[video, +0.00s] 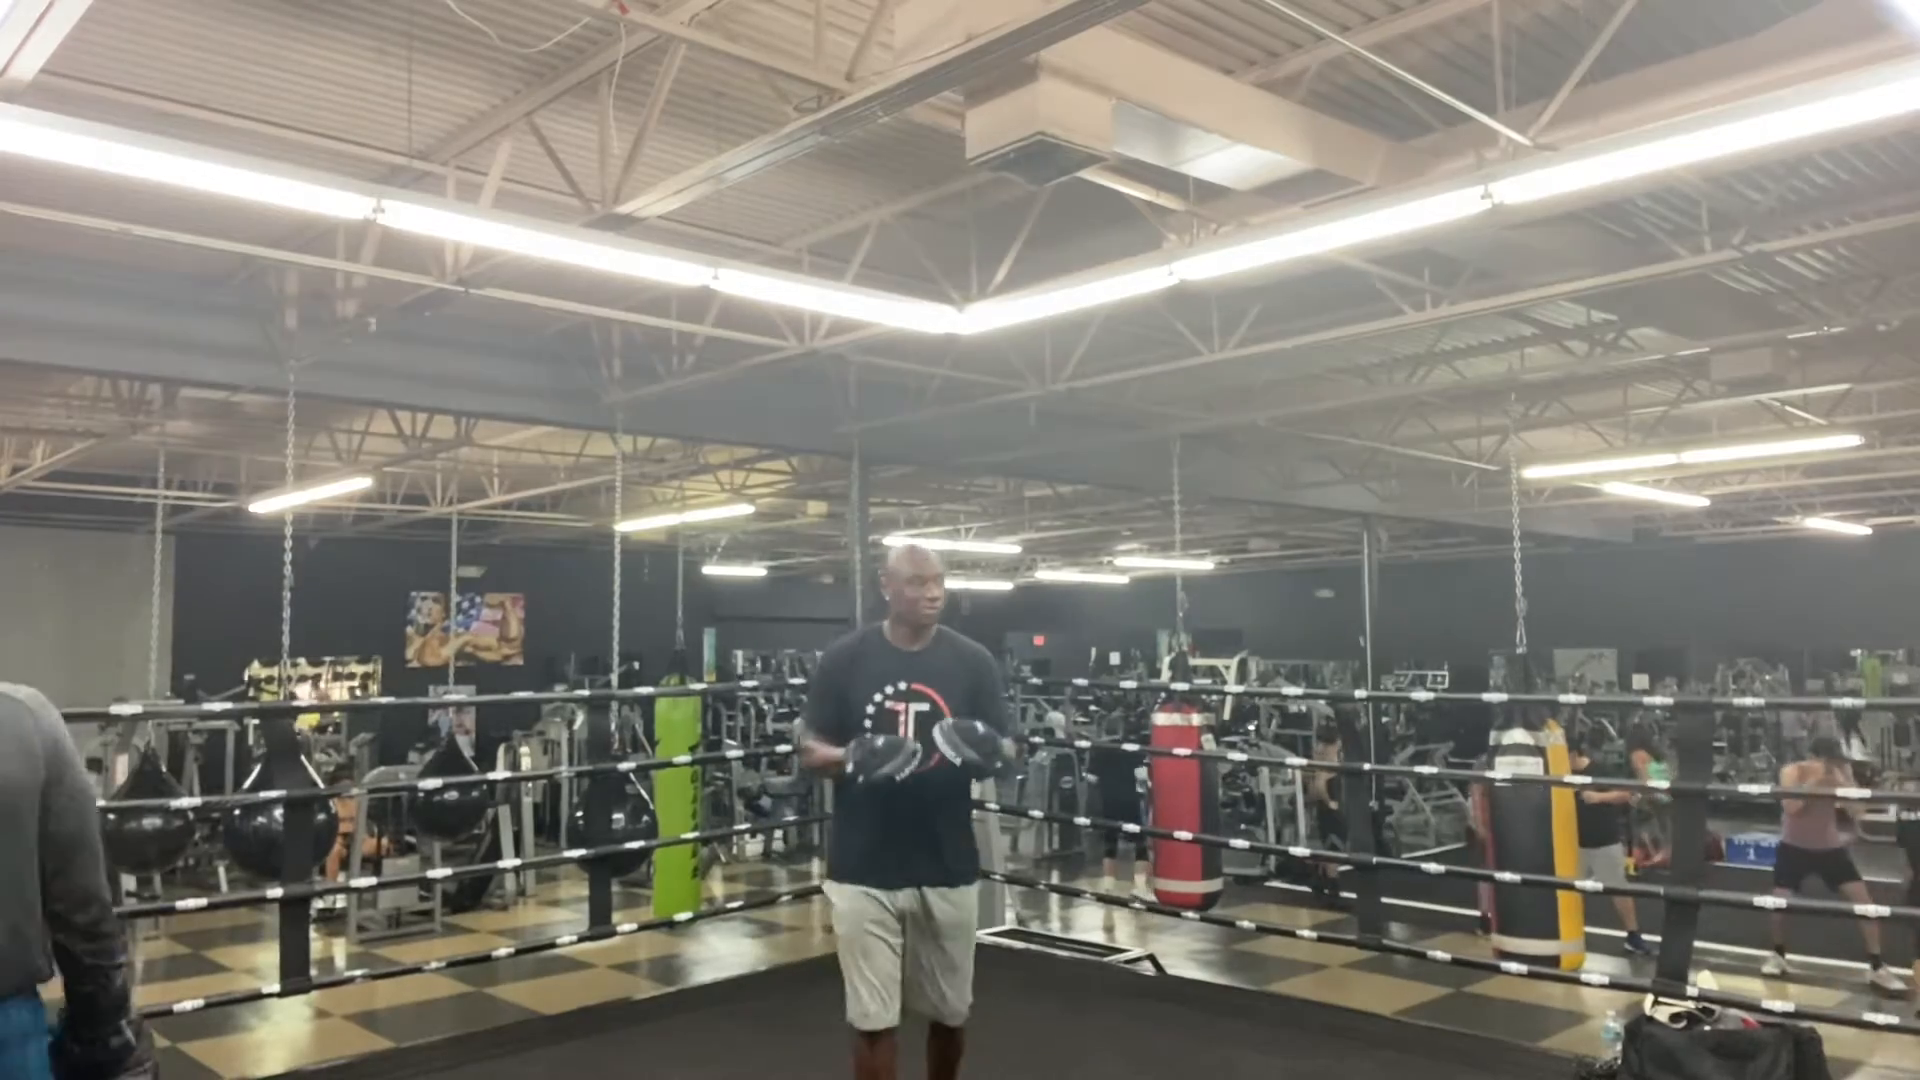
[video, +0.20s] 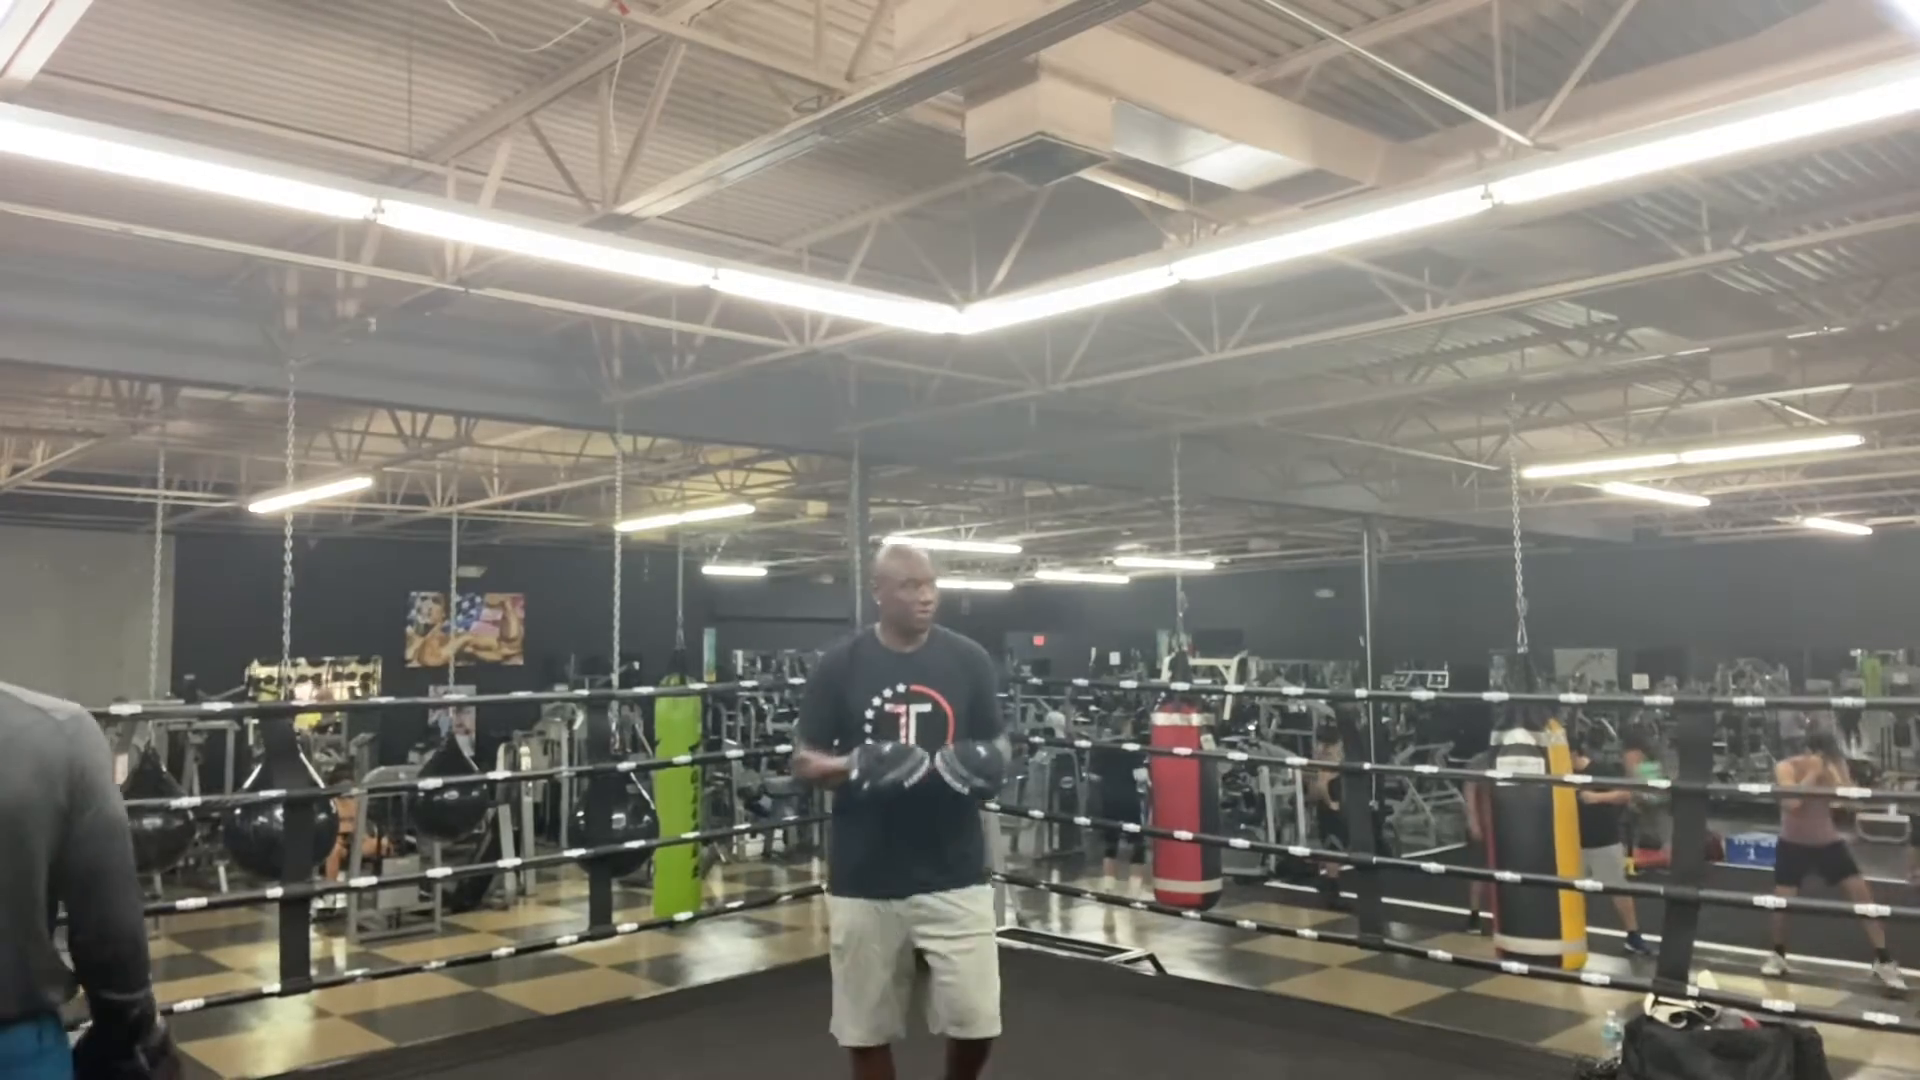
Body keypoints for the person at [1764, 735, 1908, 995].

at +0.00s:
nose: (1825, 766)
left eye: (1831, 762)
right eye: (1822, 761)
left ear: (1836, 761)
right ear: (1812, 757)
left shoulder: (1841, 772)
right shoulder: (1792, 771)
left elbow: (1856, 810)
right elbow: (1791, 807)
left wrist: (1839, 781)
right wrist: (1813, 782)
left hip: (1832, 852)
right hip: (1793, 851)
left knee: (1866, 908)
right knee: (1778, 905)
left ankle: (1877, 968)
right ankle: (1777, 956)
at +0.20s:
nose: (1821, 759)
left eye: (1826, 755)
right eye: (1818, 754)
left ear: (1831, 753)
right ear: (1810, 750)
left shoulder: (1836, 766)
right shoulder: (1785, 768)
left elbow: (1849, 798)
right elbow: (1790, 803)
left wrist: (1832, 773)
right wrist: (1812, 773)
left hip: (1829, 845)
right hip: (1792, 846)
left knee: (1863, 899)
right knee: (1782, 903)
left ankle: (1883, 960)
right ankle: (1777, 955)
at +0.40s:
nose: (1823, 757)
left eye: (1828, 753)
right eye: (1820, 752)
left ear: (1832, 752)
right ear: (1809, 748)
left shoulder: (1838, 765)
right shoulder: (1789, 767)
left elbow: (1855, 797)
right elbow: (1793, 803)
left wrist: (1835, 773)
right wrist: (1814, 772)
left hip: (1834, 845)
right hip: (1798, 846)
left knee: (1872, 894)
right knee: (1784, 900)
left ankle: (1893, 952)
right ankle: (1777, 955)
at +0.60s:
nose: (1853, 764)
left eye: (1858, 760)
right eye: (1850, 758)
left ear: (1862, 759)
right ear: (1840, 754)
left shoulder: (1863, 771)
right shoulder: (1817, 769)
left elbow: (1877, 792)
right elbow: (1818, 805)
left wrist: (1864, 768)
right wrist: (1842, 776)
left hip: (1854, 846)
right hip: (1818, 845)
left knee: (1885, 897)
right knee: (1799, 899)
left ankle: (1895, 958)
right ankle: (1779, 955)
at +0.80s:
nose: (1871, 764)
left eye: (1876, 760)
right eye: (1869, 758)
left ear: (1878, 760)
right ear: (1859, 753)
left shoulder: (1876, 773)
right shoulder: (1833, 766)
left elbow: (1890, 799)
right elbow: (1836, 795)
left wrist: (1883, 771)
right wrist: (1863, 772)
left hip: (1861, 843)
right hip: (1826, 841)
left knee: (1889, 895)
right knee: (1810, 894)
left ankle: (1895, 957)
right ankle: (1792, 947)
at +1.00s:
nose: (1871, 761)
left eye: (1876, 758)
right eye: (1869, 755)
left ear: (1878, 758)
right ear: (1858, 752)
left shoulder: (1875, 772)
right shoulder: (1831, 767)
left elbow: (1887, 799)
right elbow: (1838, 797)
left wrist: (1875, 773)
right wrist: (1864, 773)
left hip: (1859, 843)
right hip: (1826, 842)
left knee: (1889, 894)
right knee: (1815, 895)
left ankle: (1895, 957)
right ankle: (1803, 947)